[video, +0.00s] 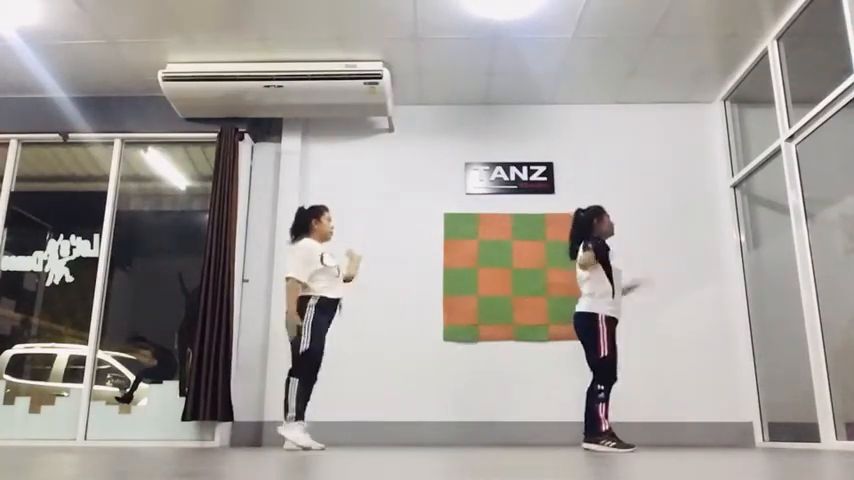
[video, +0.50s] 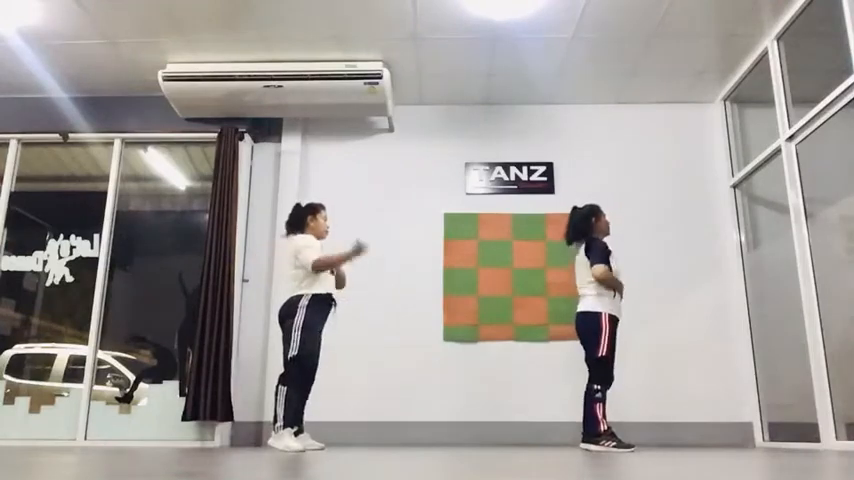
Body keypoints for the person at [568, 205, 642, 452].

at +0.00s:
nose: (612, 222)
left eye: (609, 217)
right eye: (608, 218)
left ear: (597, 223)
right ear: (597, 223)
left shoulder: (603, 251)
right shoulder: (593, 244)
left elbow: (606, 292)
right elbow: (586, 257)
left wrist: (628, 288)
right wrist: (586, 257)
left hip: (601, 315)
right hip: (595, 315)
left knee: (604, 375)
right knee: (604, 374)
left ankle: (596, 433)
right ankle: (598, 433)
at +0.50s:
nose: (608, 221)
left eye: (605, 216)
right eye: (604, 217)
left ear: (590, 223)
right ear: (595, 222)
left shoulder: (584, 247)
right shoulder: (597, 245)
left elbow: (589, 278)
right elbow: (600, 272)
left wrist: (609, 283)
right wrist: (617, 284)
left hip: (588, 312)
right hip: (600, 314)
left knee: (598, 375)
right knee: (601, 375)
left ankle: (593, 432)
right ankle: (597, 433)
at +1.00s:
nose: (617, 254)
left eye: (618, 250)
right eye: (616, 249)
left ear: (595, 244)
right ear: (605, 243)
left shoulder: (578, 263)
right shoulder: (604, 258)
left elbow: (579, 297)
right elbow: (616, 290)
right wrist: (611, 307)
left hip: (577, 330)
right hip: (593, 329)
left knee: (611, 379)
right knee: (623, 378)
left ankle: (592, 433)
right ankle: (599, 433)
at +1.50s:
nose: (592, 222)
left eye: (589, 218)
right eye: (588, 219)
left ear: (572, 229)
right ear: (580, 227)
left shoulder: (573, 255)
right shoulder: (583, 255)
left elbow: (596, 288)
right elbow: (603, 290)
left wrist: (607, 284)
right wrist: (616, 284)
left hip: (594, 320)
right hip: (599, 321)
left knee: (609, 378)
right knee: (612, 377)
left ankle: (593, 432)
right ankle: (596, 434)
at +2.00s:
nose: (612, 259)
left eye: (614, 255)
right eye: (612, 253)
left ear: (591, 248)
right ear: (602, 248)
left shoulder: (573, 267)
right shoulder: (595, 263)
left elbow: (577, 303)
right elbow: (608, 298)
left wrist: (602, 304)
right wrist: (613, 305)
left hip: (582, 338)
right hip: (598, 337)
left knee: (615, 383)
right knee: (633, 383)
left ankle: (592, 433)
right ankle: (601, 434)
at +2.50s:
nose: (613, 220)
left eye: (610, 216)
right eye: (608, 217)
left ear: (592, 223)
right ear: (598, 222)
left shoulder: (593, 247)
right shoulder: (592, 247)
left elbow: (596, 279)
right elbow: (595, 276)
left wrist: (616, 282)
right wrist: (620, 280)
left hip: (595, 317)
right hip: (594, 318)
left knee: (599, 377)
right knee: (601, 376)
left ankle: (592, 432)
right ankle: (594, 434)